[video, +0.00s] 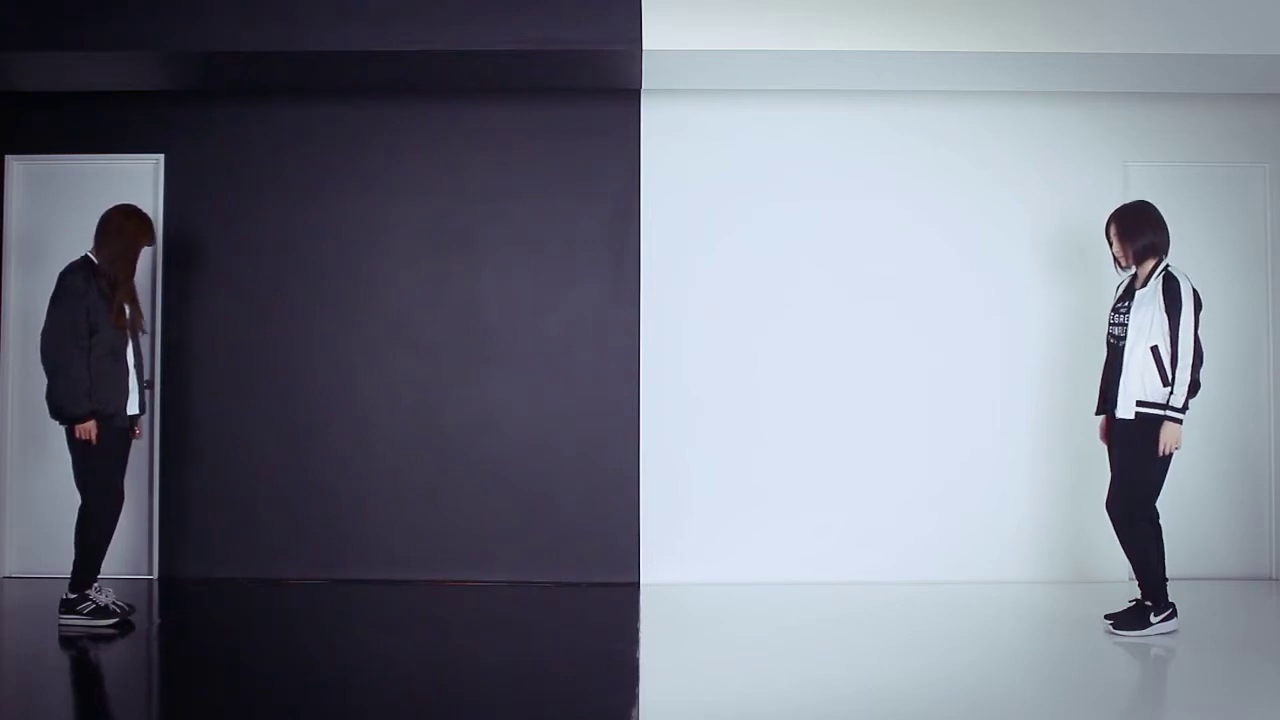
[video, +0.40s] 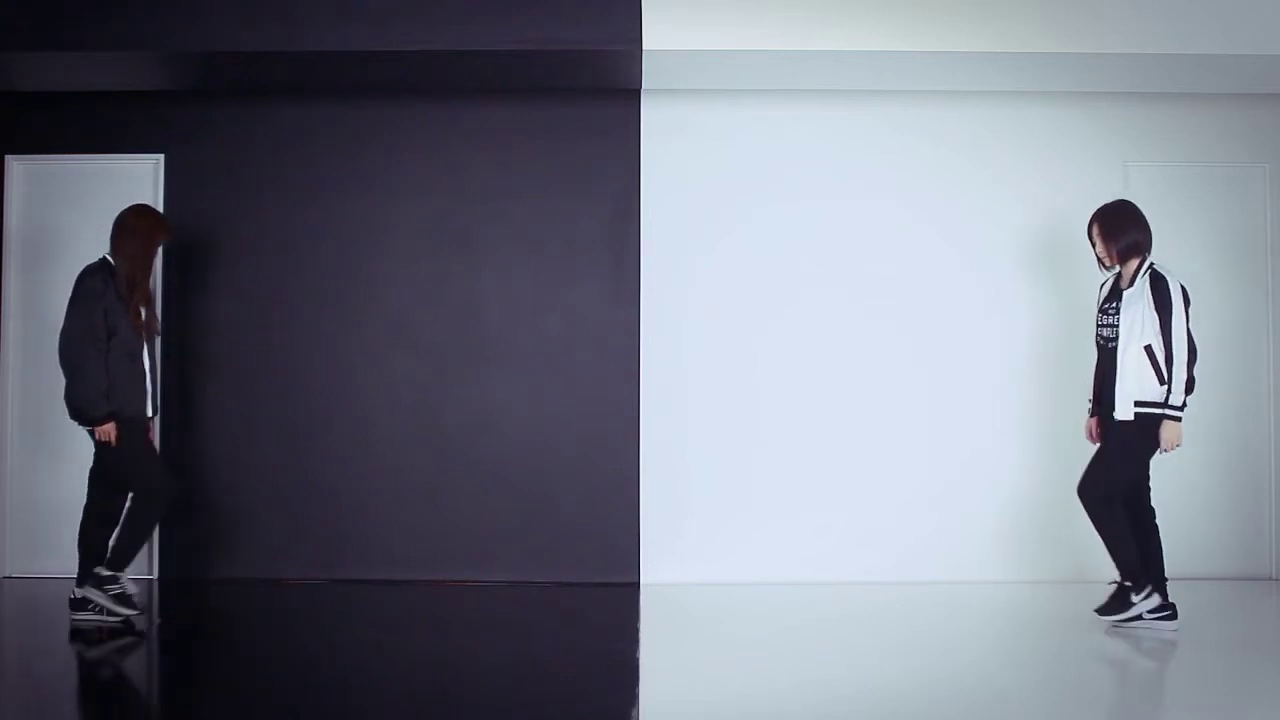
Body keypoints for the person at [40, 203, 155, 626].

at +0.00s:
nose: (138, 257)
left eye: (141, 249)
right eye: (137, 247)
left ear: (113, 238)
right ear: (121, 241)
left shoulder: (116, 283)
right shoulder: (78, 279)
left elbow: (122, 355)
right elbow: (60, 349)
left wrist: (132, 412)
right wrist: (79, 411)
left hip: (115, 415)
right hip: (89, 417)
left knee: (109, 499)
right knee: (100, 500)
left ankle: (86, 589)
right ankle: (78, 596)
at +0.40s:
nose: (156, 256)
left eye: (157, 247)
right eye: (153, 247)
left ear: (129, 240)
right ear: (136, 242)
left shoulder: (132, 285)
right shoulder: (96, 279)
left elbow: (135, 358)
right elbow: (80, 350)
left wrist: (145, 414)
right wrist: (98, 413)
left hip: (128, 414)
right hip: (111, 415)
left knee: (104, 503)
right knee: (156, 489)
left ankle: (87, 592)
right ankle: (107, 576)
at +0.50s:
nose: (162, 255)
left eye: (164, 247)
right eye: (160, 246)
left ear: (136, 240)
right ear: (142, 242)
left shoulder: (132, 282)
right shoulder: (103, 278)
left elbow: (135, 347)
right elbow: (85, 348)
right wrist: (104, 412)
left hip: (136, 415)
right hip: (122, 417)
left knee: (105, 508)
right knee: (173, 481)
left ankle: (86, 593)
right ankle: (151, 573)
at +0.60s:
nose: (173, 255)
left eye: (175, 246)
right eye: (169, 245)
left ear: (152, 244)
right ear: (149, 242)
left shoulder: (155, 285)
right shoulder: (113, 280)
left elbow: (164, 355)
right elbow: (94, 350)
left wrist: (176, 411)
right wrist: (112, 414)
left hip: (148, 418)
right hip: (133, 419)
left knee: (107, 511)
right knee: (182, 487)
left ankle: (86, 593)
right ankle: (195, 576)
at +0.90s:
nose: (214, 263)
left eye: (215, 254)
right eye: (210, 254)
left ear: (188, 250)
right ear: (190, 250)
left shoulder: (185, 294)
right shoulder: (158, 290)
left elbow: (185, 364)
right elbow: (143, 361)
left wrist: (193, 424)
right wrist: (156, 425)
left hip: (180, 427)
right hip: (171, 429)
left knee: (130, 512)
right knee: (205, 511)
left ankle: (89, 590)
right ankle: (244, 587)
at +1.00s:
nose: (233, 260)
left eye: (234, 251)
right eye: (229, 251)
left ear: (204, 248)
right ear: (210, 249)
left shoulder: (209, 290)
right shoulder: (179, 290)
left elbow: (213, 359)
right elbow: (166, 359)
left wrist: (225, 418)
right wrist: (180, 422)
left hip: (213, 421)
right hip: (192, 423)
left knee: (154, 503)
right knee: (226, 506)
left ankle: (100, 582)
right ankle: (251, 590)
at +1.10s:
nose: (253, 257)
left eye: (255, 249)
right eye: (249, 248)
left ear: (226, 247)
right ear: (229, 246)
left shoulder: (232, 288)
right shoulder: (199, 287)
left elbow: (238, 360)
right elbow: (194, 358)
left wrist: (251, 414)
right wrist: (209, 416)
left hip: (241, 420)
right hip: (220, 423)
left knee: (197, 501)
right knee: (239, 504)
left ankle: (131, 565)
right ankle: (253, 590)